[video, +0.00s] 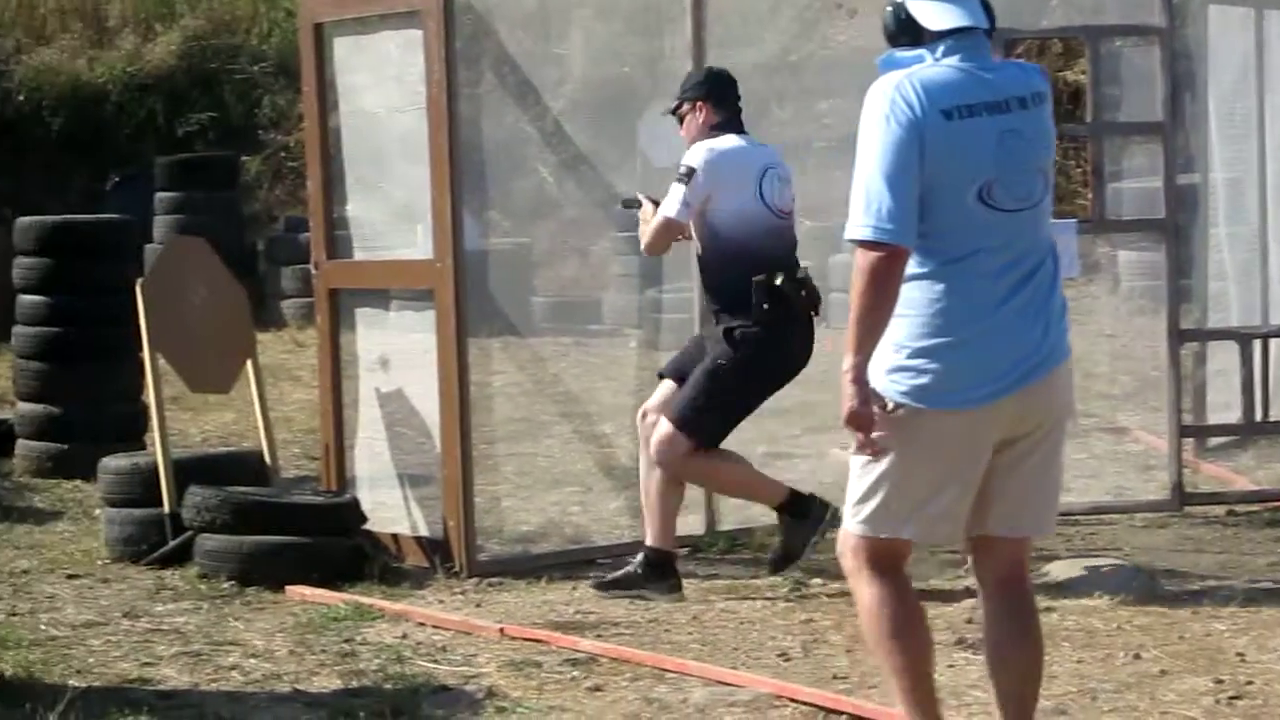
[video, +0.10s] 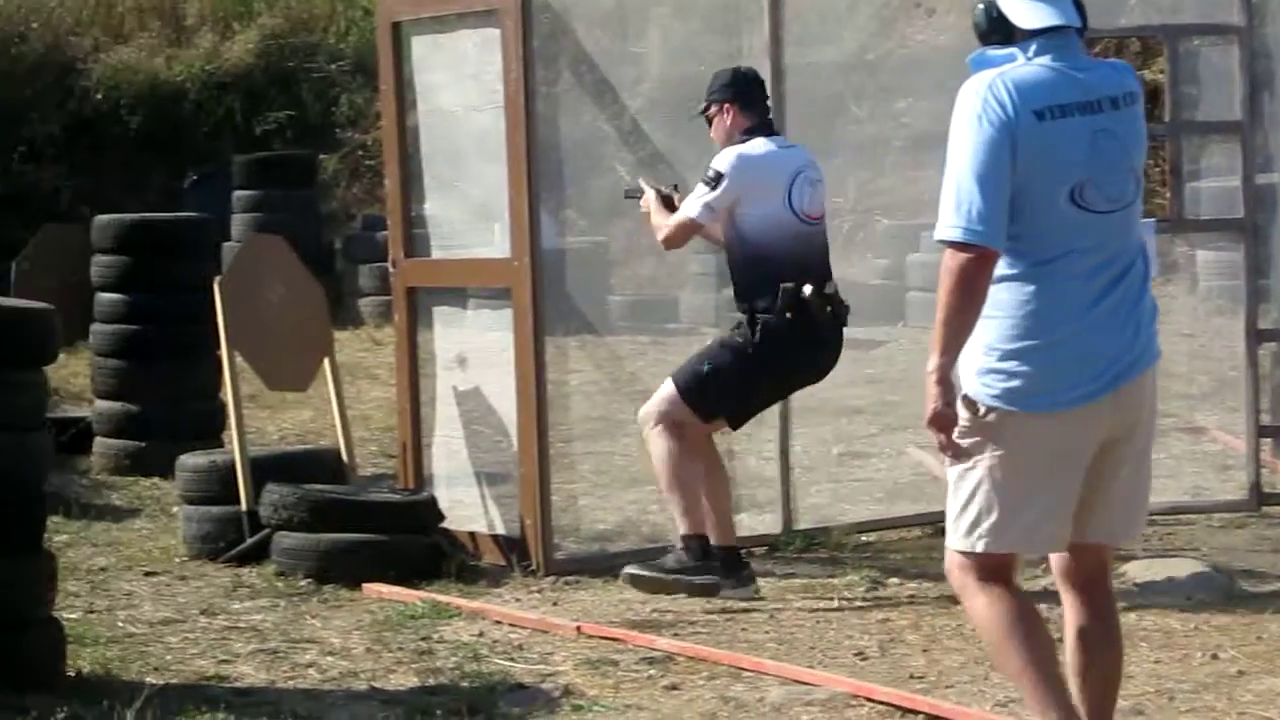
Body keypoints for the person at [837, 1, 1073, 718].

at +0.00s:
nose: (893, 33)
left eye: (896, 23)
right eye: (898, 25)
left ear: (908, 24)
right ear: (985, 24)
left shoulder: (901, 91)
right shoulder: (1033, 86)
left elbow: (883, 249)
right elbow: (1021, 214)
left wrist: (854, 372)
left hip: (934, 368)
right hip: (1038, 362)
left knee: (871, 554)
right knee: (1005, 563)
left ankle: (920, 711)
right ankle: (1018, 715)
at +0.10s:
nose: (981, 25)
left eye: (986, 17)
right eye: (985, 18)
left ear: (998, 19)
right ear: (1075, 19)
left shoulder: (992, 90)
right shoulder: (1123, 84)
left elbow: (972, 250)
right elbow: (1113, 210)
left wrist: (940, 369)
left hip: (1024, 369)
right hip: (1126, 362)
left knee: (977, 568)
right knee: (1087, 570)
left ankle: (1058, 713)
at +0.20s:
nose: (1039, 24)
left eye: (1044, 16)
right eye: (1042, 18)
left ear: (1057, 18)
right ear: (1134, 18)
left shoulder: (1052, 92)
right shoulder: (1184, 87)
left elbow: (1029, 253)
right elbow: (1177, 216)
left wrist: (994, 371)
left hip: (1086, 378)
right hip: (1185, 366)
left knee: (1068, 586)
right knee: (1140, 573)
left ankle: (1133, 710)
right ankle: (1146, 716)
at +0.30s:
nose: (1060, 27)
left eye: (1064, 18)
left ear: (1077, 19)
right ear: (1156, 18)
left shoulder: (1073, 95)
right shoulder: (1204, 89)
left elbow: (1049, 259)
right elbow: (1202, 217)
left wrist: (1012, 377)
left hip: (1113, 382)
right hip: (1208, 368)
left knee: (1120, 605)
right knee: (1161, 587)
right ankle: (1171, 714)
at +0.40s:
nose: (1061, 26)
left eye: (1065, 17)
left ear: (1080, 17)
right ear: (1162, 15)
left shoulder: (1080, 94)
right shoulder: (1211, 85)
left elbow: (1054, 263)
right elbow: (1204, 216)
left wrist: (1016, 381)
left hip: (1120, 385)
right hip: (1216, 372)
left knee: (1128, 607)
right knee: (1166, 594)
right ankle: (1173, 710)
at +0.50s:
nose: (1077, 23)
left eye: (1081, 15)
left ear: (1095, 16)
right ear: (1173, 14)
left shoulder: (1090, 93)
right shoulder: (1223, 85)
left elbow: (1062, 264)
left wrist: (1025, 385)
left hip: (1128, 391)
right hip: (1228, 377)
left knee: (1133, 615)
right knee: (1179, 596)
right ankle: (1174, 714)